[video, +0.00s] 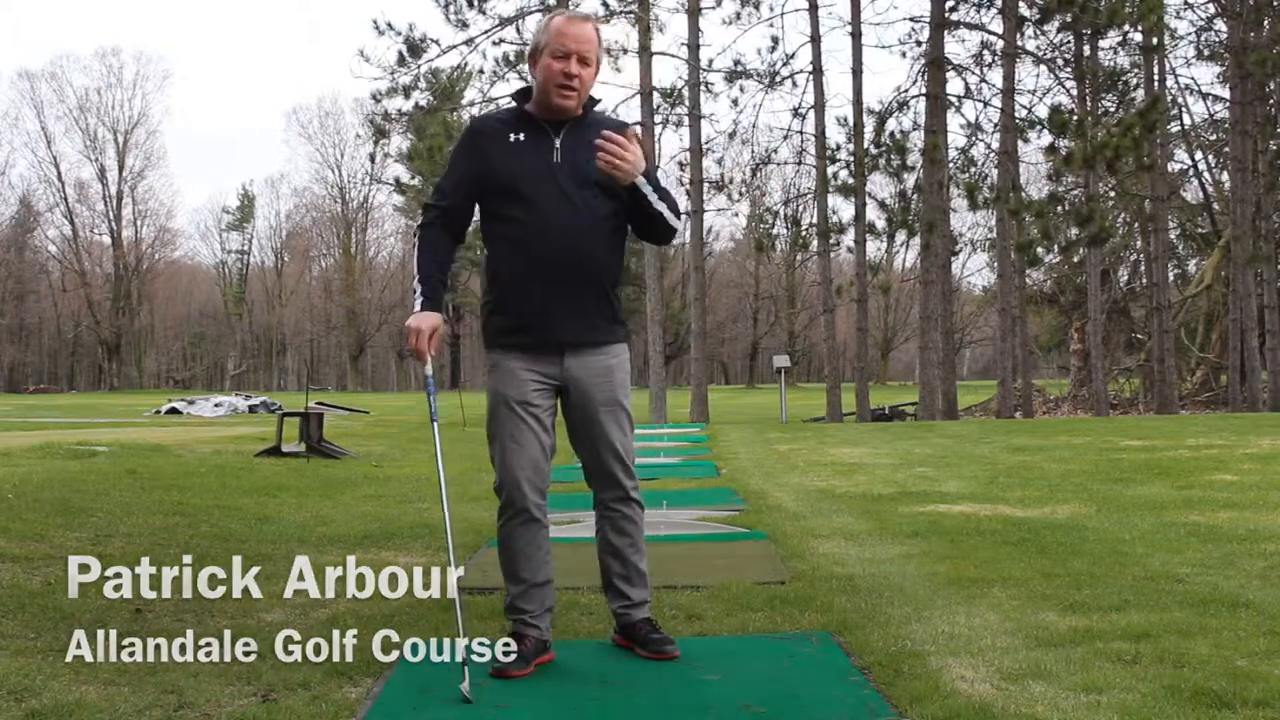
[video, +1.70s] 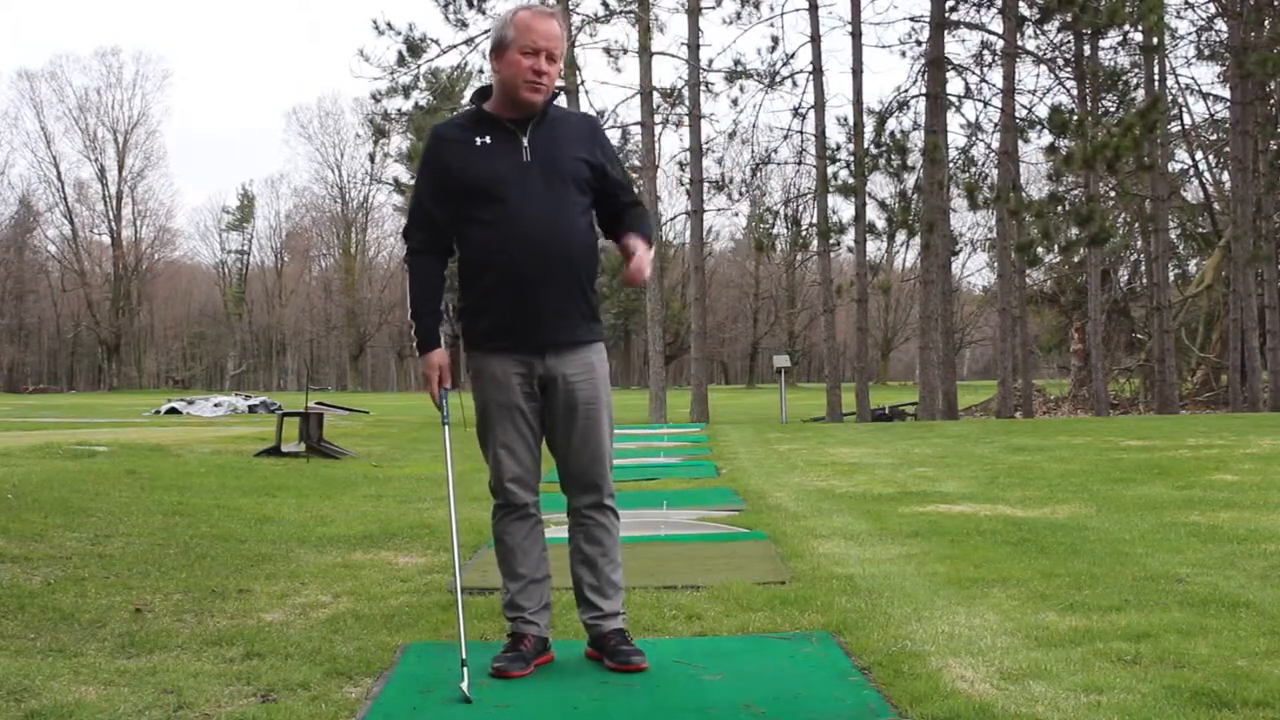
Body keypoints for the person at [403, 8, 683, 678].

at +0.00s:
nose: (571, 70)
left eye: (584, 61)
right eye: (560, 56)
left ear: (598, 73)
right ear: (533, 62)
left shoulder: (618, 139)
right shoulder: (487, 136)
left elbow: (665, 228)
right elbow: (442, 222)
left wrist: (636, 180)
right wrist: (428, 304)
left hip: (598, 340)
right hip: (516, 343)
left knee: (618, 484)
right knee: (520, 493)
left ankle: (634, 616)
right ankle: (530, 632)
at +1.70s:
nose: (544, 68)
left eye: (554, 58)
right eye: (531, 55)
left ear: (563, 66)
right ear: (496, 59)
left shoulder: (582, 132)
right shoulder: (451, 141)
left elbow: (622, 206)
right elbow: (426, 246)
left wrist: (637, 240)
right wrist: (430, 339)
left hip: (577, 341)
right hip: (494, 346)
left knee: (594, 493)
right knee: (514, 496)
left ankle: (608, 628)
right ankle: (527, 631)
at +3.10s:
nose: (554, 59)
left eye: (567, 50)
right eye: (542, 46)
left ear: (581, 65)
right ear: (515, 54)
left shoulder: (607, 135)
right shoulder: (471, 137)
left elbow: (680, 191)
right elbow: (438, 237)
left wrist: (660, 154)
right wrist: (443, 334)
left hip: (595, 341)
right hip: (513, 346)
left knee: (620, 489)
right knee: (523, 495)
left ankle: (643, 629)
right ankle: (529, 632)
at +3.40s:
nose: (597, 57)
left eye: (611, 50)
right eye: (587, 43)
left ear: (623, 66)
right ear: (559, 50)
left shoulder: (649, 137)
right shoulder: (510, 132)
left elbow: (720, 181)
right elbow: (473, 234)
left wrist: (741, 140)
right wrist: (476, 328)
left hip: (629, 344)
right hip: (545, 345)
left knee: (636, 494)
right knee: (539, 495)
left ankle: (644, 628)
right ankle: (530, 630)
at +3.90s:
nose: (643, 56)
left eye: (658, 48)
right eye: (634, 44)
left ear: (676, 65)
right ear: (611, 53)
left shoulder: (701, 140)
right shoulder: (564, 129)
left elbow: (776, 179)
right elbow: (523, 227)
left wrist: (840, 149)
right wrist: (515, 319)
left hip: (666, 347)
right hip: (583, 343)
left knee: (655, 496)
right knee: (566, 494)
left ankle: (645, 629)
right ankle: (553, 632)